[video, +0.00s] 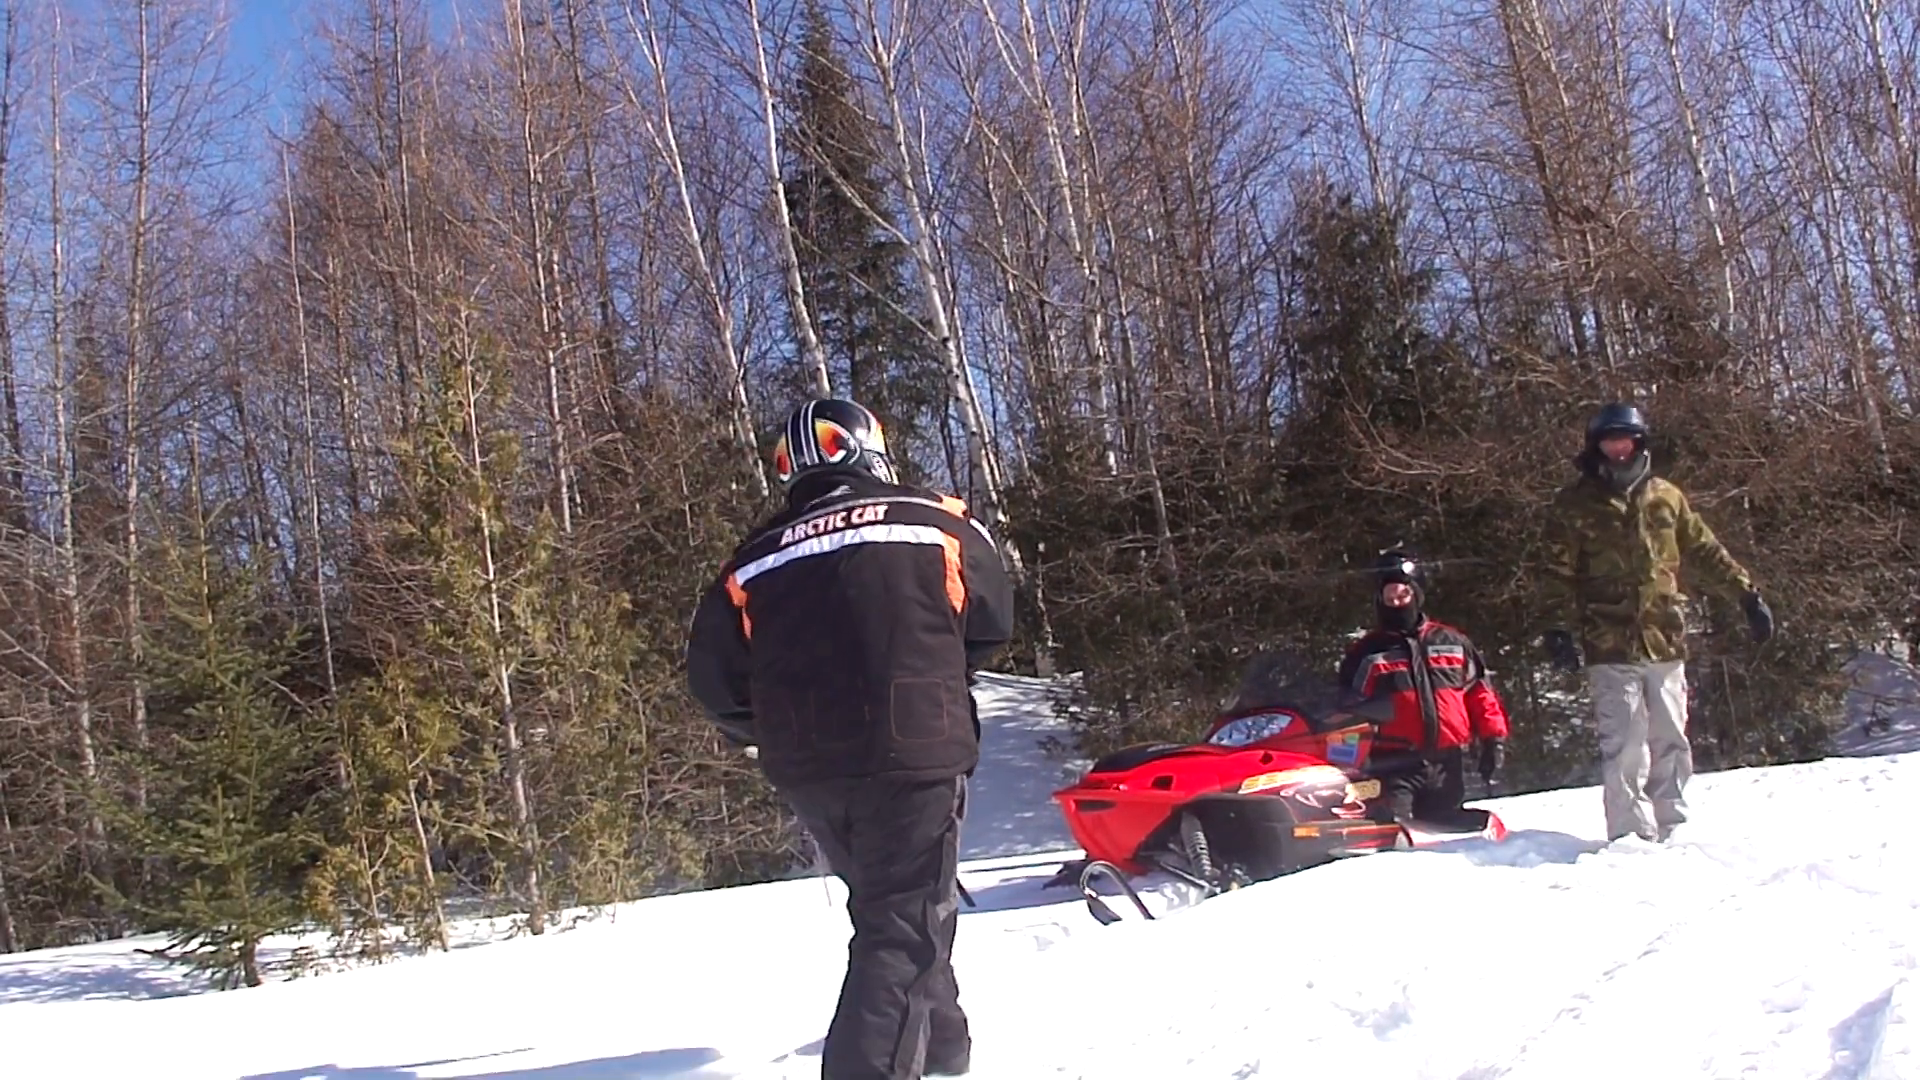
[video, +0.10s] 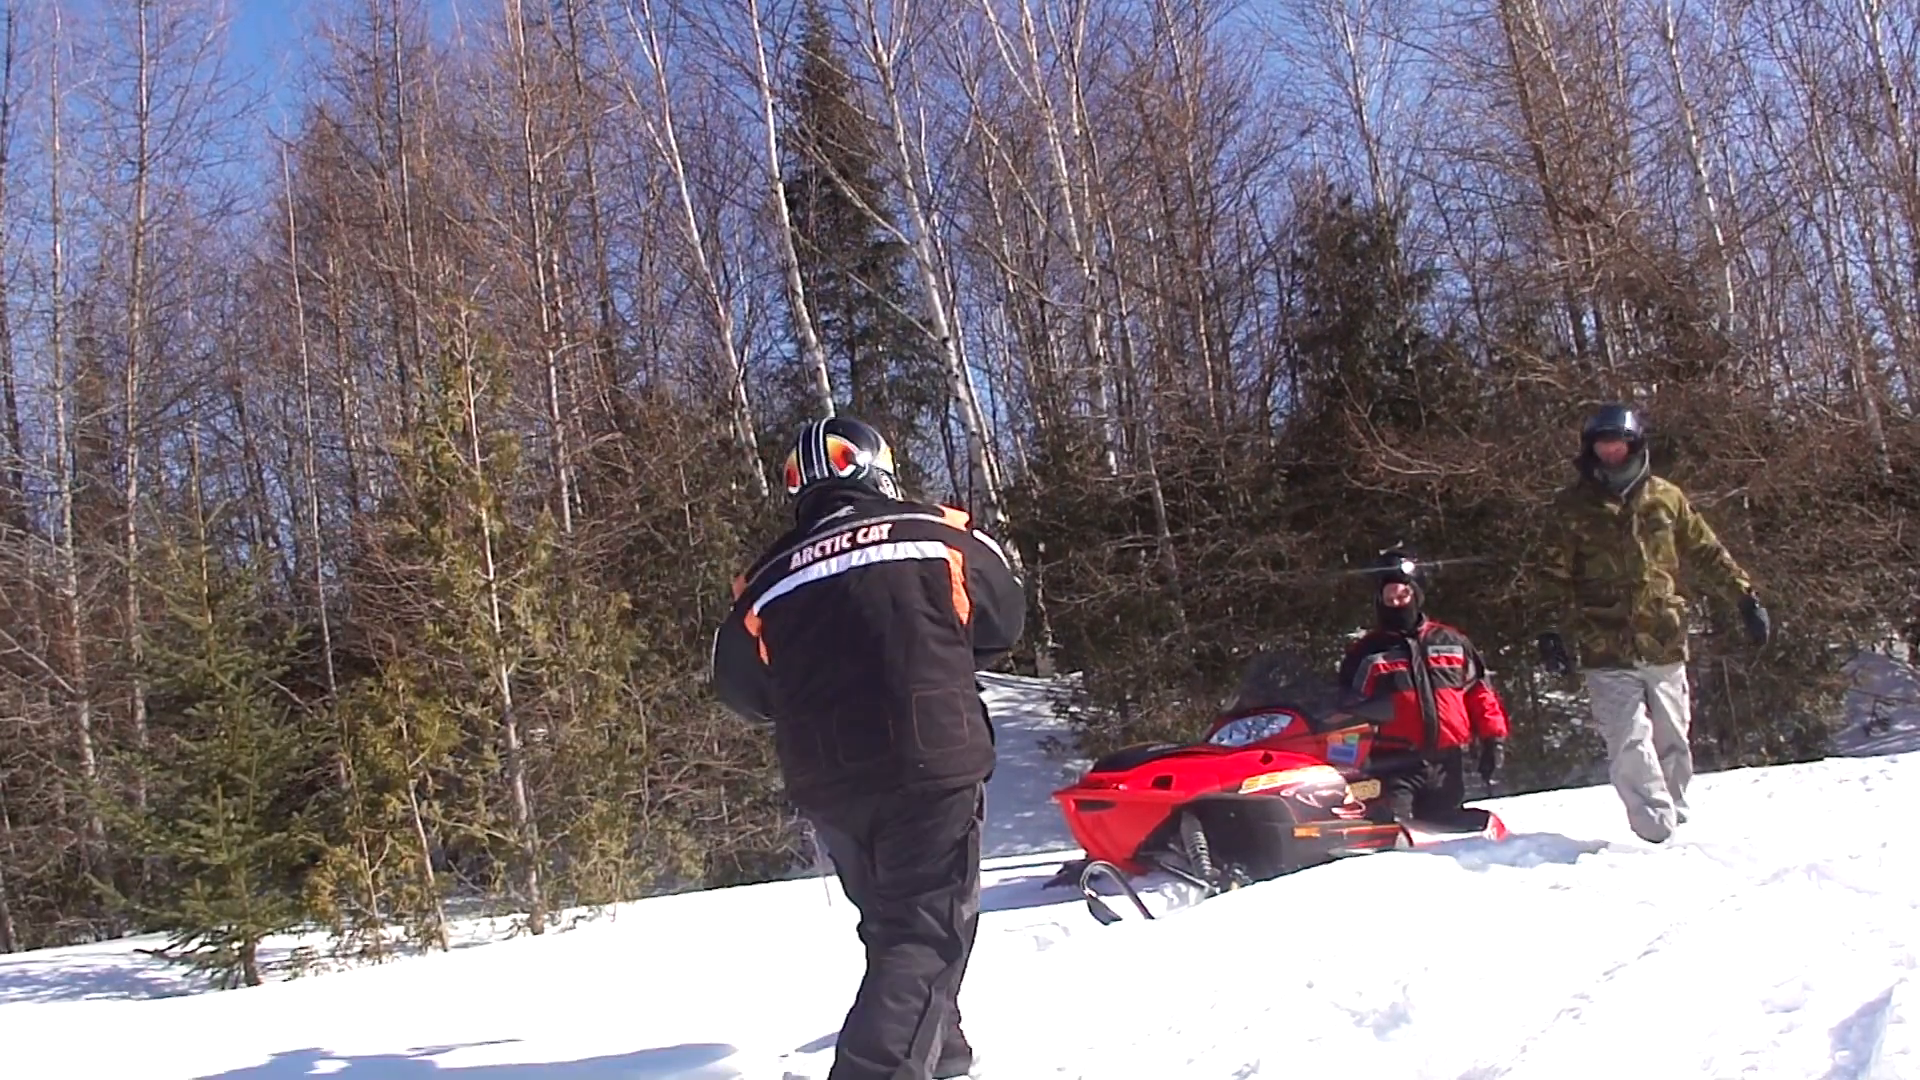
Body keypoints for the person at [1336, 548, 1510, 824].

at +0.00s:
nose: (1397, 602)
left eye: (1404, 594)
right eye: (1390, 595)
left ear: (1418, 595)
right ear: (1379, 599)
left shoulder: (1454, 643)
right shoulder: (1366, 653)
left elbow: (1480, 692)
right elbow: (1346, 712)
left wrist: (1493, 738)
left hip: (1447, 763)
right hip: (1394, 766)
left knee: (1442, 825)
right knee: (1393, 828)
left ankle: (1486, 824)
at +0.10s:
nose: (1398, 602)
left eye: (1404, 594)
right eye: (1390, 595)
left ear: (1417, 595)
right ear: (1379, 599)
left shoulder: (1453, 643)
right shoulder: (1365, 653)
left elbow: (1479, 692)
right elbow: (1346, 713)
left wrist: (1493, 738)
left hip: (1447, 764)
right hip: (1395, 766)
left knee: (1443, 830)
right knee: (1393, 831)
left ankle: (1486, 824)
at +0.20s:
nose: (1398, 602)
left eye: (1404, 594)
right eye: (1390, 595)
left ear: (1417, 596)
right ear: (1379, 600)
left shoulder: (1454, 643)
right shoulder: (1365, 653)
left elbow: (1479, 692)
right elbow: (1346, 712)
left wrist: (1492, 738)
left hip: (1447, 763)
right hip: (1394, 765)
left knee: (1442, 830)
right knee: (1392, 830)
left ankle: (1486, 824)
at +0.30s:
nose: (1397, 602)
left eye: (1404, 593)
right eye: (1390, 595)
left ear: (1418, 595)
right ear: (1379, 599)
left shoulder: (1453, 643)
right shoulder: (1365, 653)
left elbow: (1480, 692)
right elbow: (1346, 712)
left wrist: (1493, 738)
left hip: (1447, 763)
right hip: (1393, 766)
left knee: (1442, 826)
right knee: (1390, 827)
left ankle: (1487, 825)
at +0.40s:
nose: (1397, 602)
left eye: (1404, 593)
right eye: (1389, 594)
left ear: (1419, 594)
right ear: (1379, 598)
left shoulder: (1454, 643)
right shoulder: (1364, 654)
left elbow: (1479, 693)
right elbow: (1345, 714)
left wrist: (1492, 738)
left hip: (1446, 764)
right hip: (1392, 766)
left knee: (1444, 828)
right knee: (1391, 829)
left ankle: (1488, 825)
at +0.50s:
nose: (1396, 602)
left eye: (1404, 593)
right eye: (1389, 594)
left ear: (1419, 595)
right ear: (1379, 598)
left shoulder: (1454, 644)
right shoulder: (1364, 653)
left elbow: (1479, 693)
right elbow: (1346, 712)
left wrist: (1493, 739)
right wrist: (1346, 766)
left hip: (1445, 764)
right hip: (1392, 766)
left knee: (1443, 827)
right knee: (1390, 827)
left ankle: (1488, 825)